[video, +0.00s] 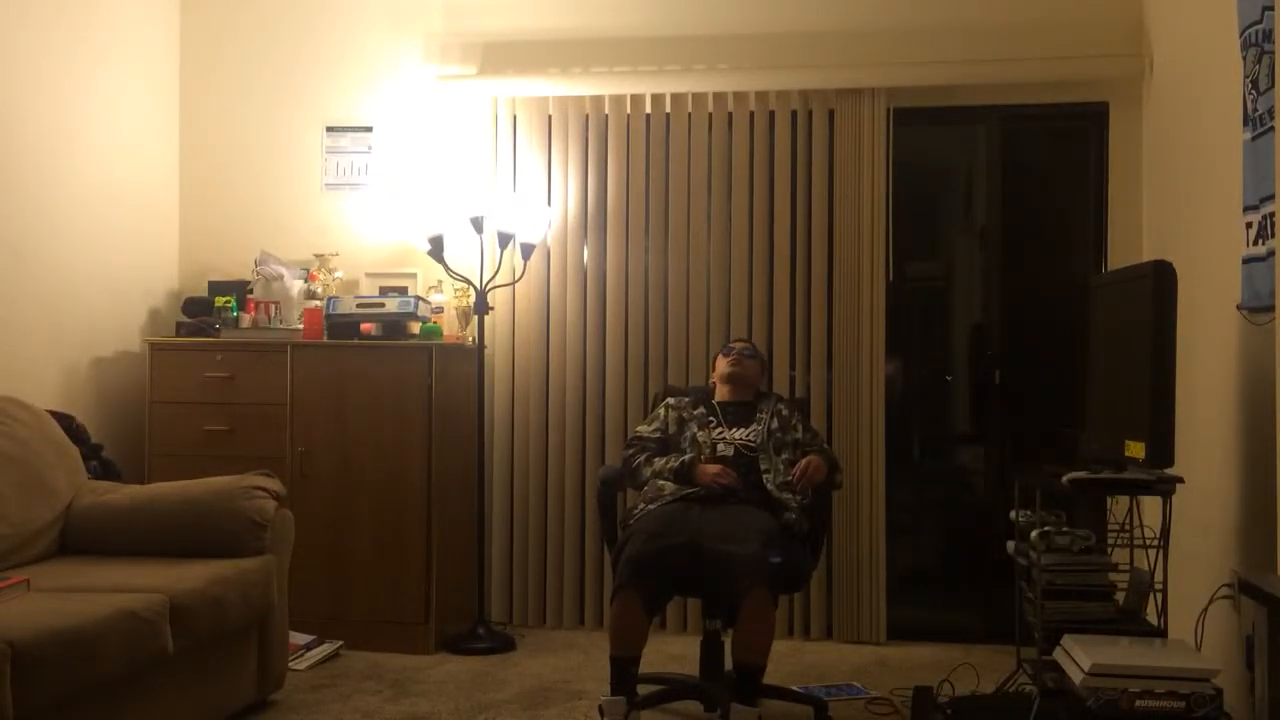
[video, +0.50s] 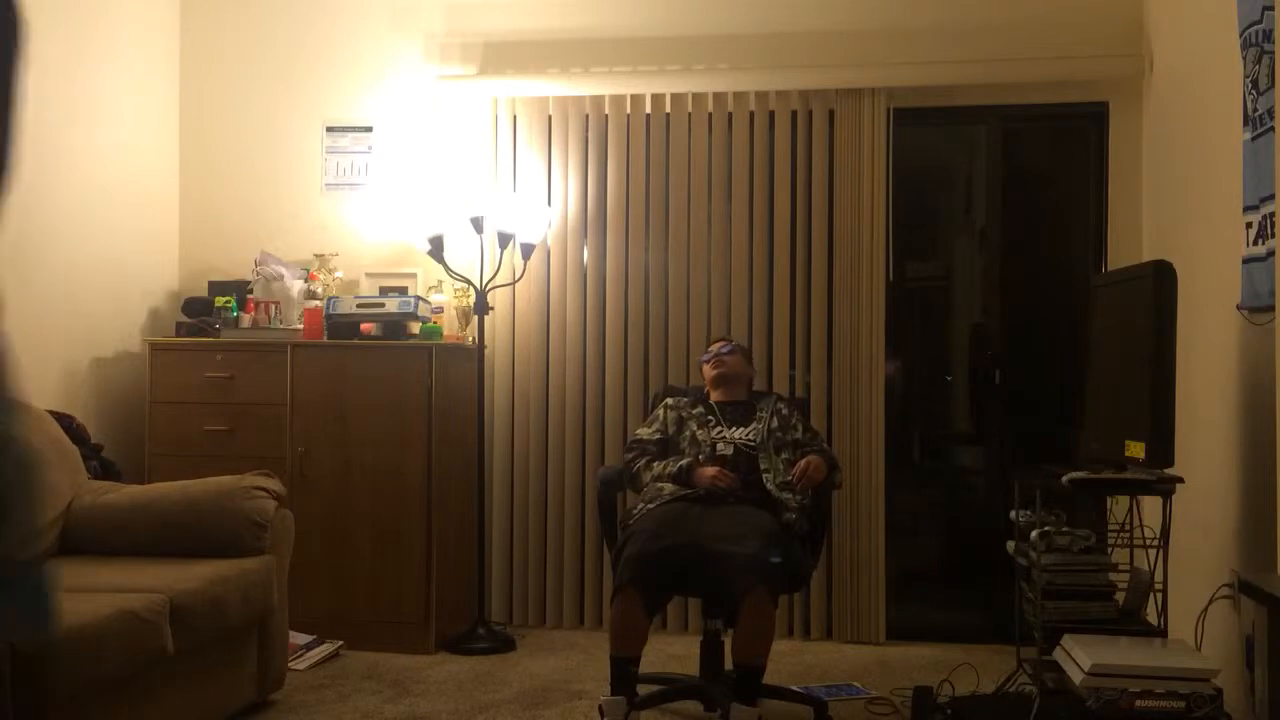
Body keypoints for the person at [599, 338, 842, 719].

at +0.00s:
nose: (737, 352)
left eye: (749, 352)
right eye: (729, 350)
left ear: (762, 376)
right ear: (713, 372)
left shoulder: (782, 414)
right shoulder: (675, 408)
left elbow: (825, 459)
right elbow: (634, 461)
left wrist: (821, 461)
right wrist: (691, 469)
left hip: (750, 508)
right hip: (674, 506)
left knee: (757, 575)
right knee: (637, 566)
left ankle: (746, 704)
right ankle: (621, 694)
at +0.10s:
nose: (733, 352)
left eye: (744, 351)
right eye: (724, 350)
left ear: (760, 374)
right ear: (710, 371)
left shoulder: (781, 413)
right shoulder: (674, 409)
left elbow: (825, 458)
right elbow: (634, 462)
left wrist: (821, 460)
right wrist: (691, 469)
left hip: (750, 508)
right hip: (674, 506)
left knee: (757, 576)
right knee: (637, 566)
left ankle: (746, 704)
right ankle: (621, 695)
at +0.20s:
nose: (728, 350)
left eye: (739, 349)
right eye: (718, 350)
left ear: (757, 372)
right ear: (708, 372)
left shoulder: (780, 413)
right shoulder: (674, 408)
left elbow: (825, 459)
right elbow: (634, 463)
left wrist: (821, 460)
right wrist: (690, 470)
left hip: (749, 508)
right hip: (673, 505)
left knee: (757, 577)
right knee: (637, 567)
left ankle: (746, 703)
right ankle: (621, 695)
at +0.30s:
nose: (724, 351)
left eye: (735, 348)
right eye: (714, 350)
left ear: (754, 371)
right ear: (705, 372)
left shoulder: (780, 413)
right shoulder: (673, 409)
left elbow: (824, 457)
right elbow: (635, 464)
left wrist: (820, 460)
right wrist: (690, 471)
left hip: (749, 508)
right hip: (673, 505)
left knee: (757, 576)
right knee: (638, 566)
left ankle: (746, 704)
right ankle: (621, 695)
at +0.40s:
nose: (719, 354)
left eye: (730, 350)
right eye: (711, 353)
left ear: (752, 370)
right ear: (704, 375)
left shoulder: (779, 411)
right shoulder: (673, 409)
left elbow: (823, 454)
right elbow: (636, 463)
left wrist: (820, 460)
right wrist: (691, 471)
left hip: (750, 508)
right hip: (675, 506)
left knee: (757, 576)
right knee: (638, 567)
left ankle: (746, 704)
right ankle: (621, 695)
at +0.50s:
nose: (717, 354)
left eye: (729, 349)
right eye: (709, 354)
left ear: (751, 370)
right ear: (702, 376)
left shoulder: (778, 410)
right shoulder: (673, 409)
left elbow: (823, 454)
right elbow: (636, 463)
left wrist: (820, 460)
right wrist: (690, 472)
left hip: (750, 508)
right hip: (674, 505)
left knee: (757, 576)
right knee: (638, 567)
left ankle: (746, 704)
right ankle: (621, 696)